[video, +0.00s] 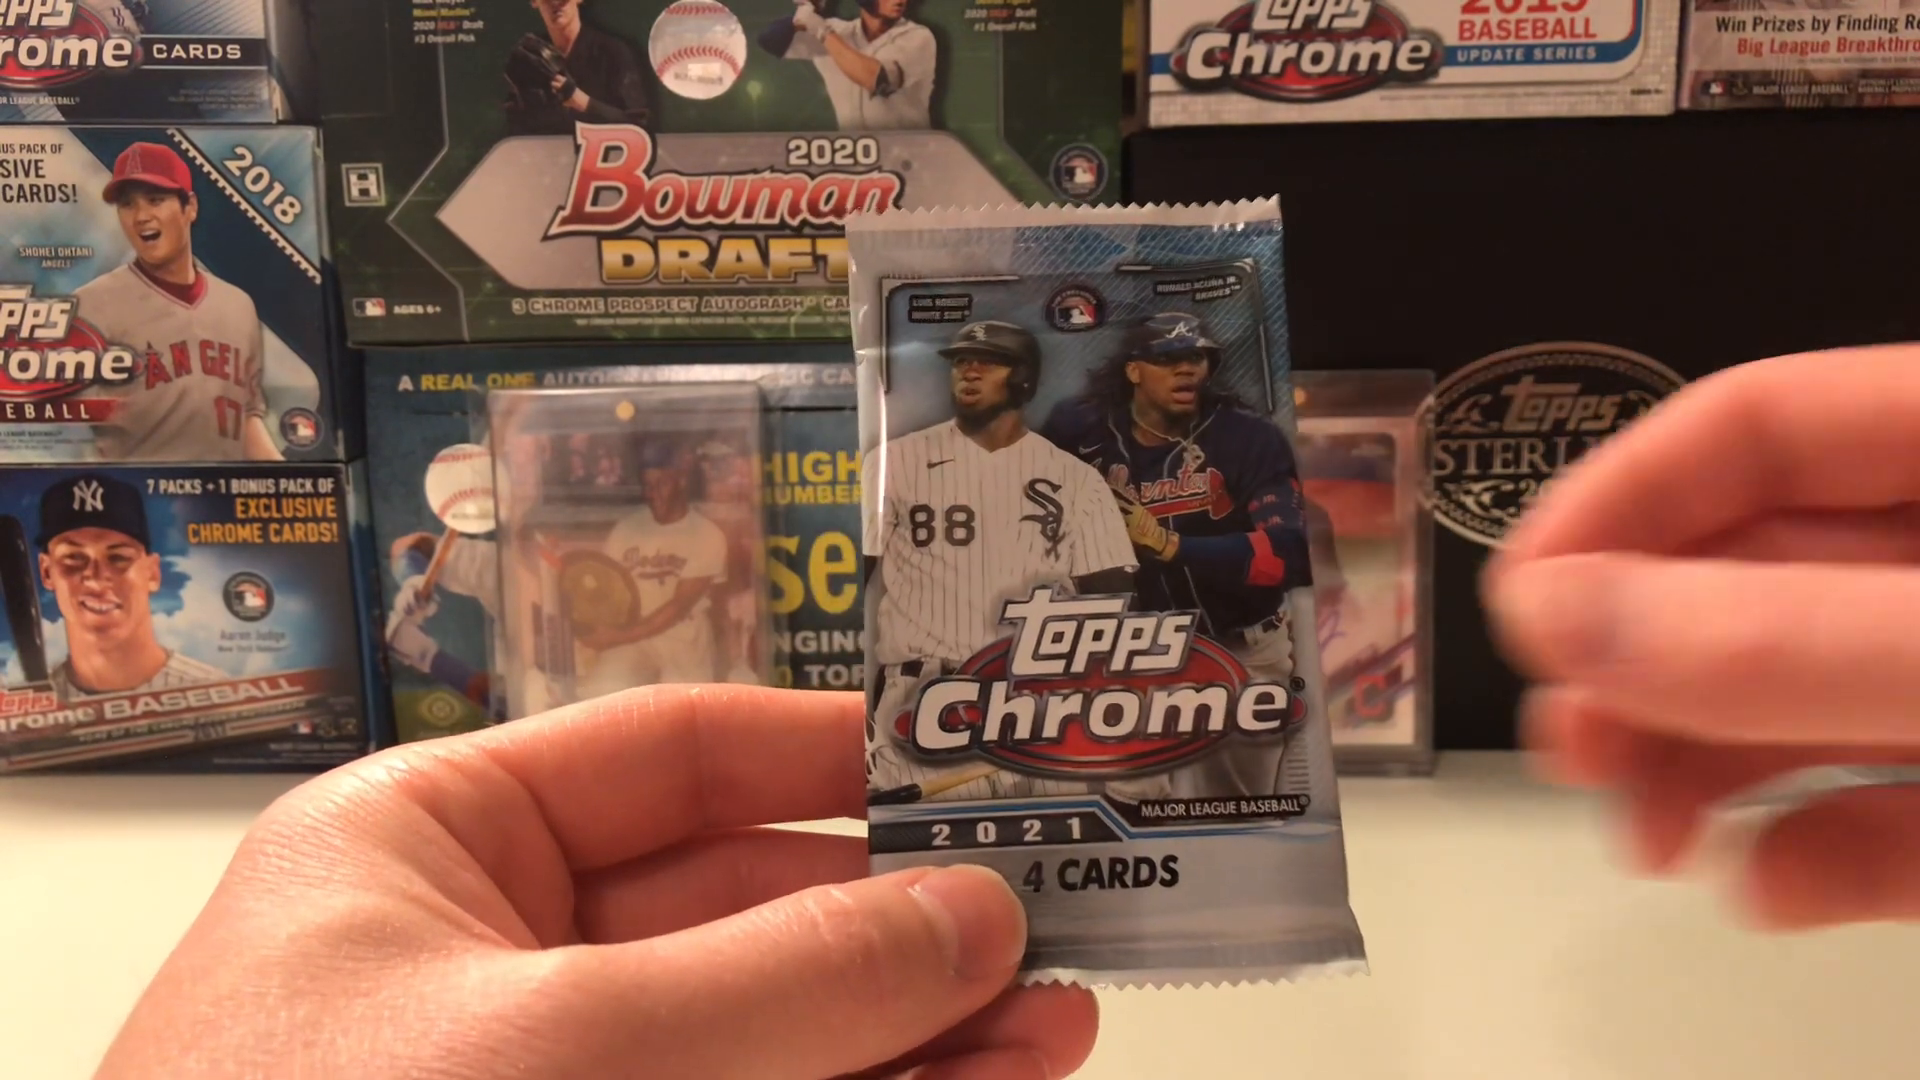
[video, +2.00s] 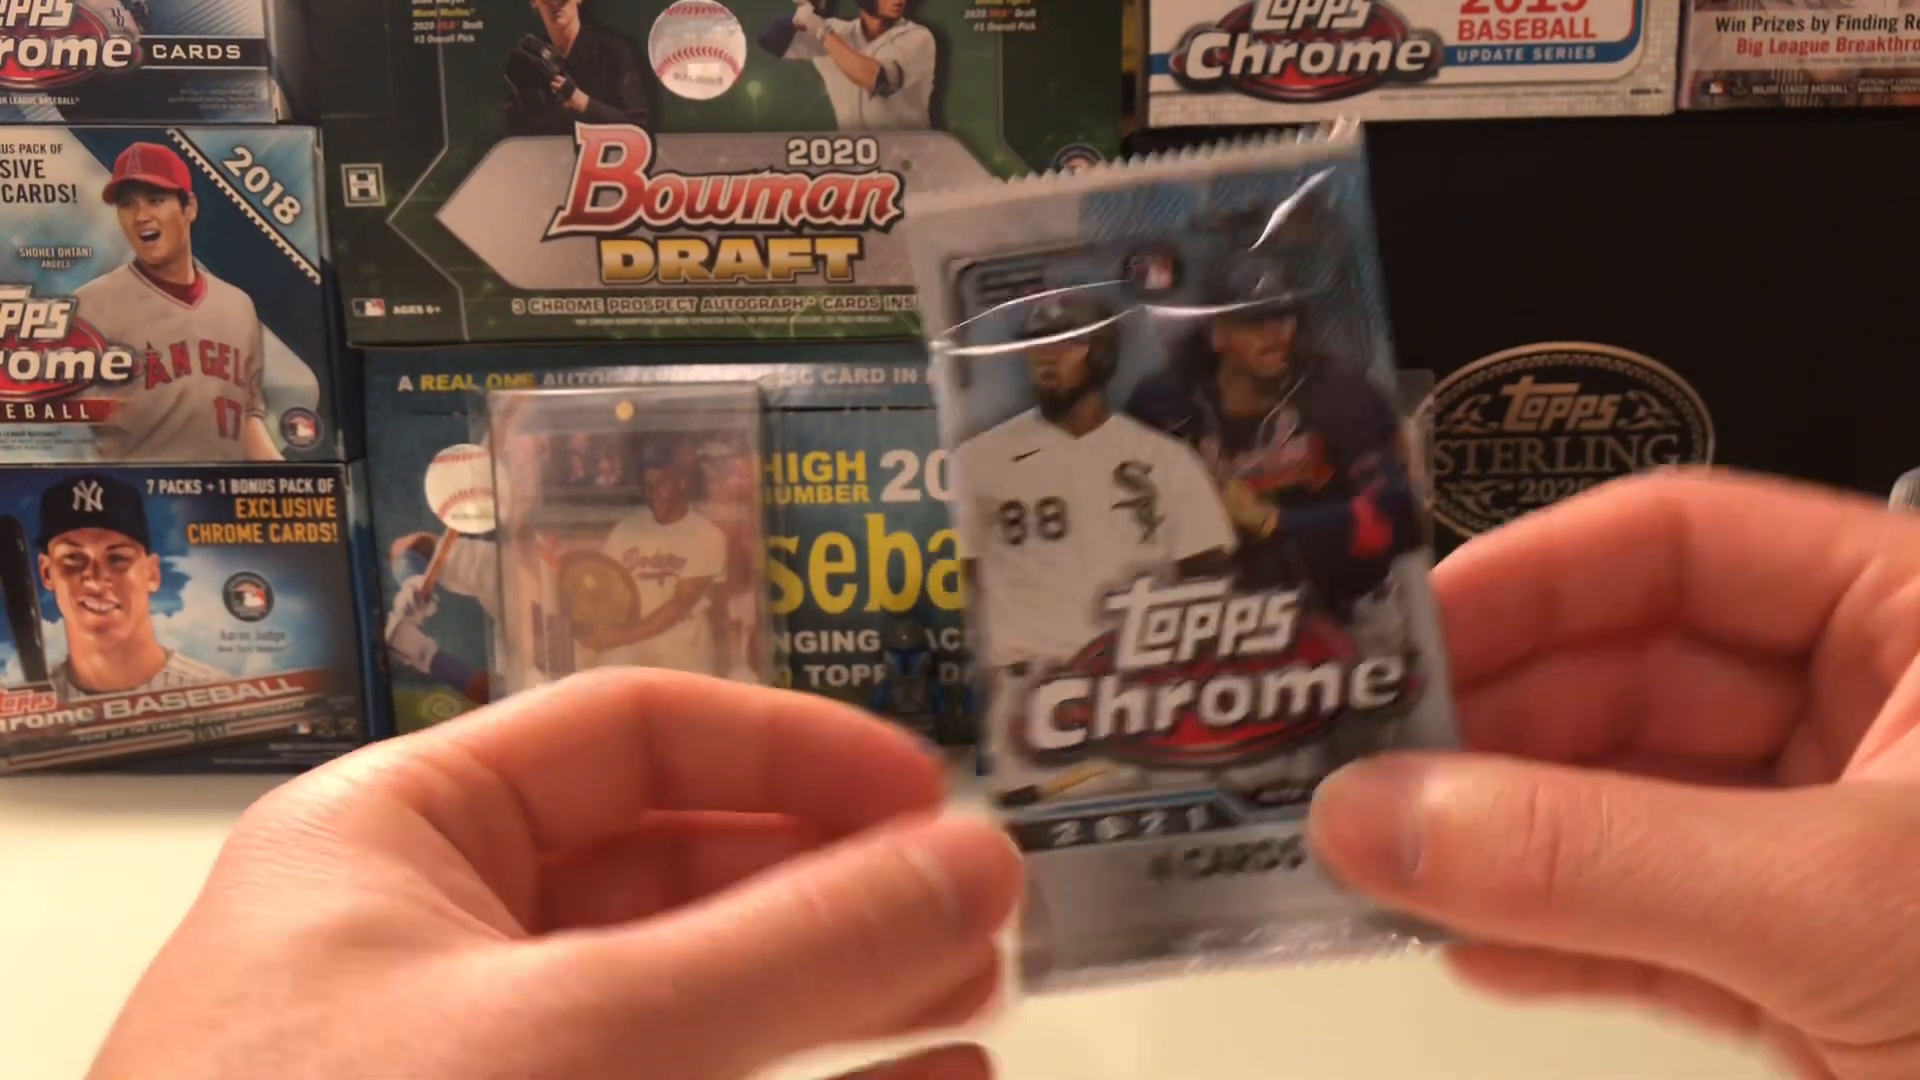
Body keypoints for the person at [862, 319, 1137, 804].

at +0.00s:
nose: (968, 373)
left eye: (986, 363)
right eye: (961, 362)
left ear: (1020, 378)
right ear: (951, 372)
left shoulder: (1076, 481)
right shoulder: (892, 465)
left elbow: (1110, 603)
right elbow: (849, 586)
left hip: (1033, 710)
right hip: (912, 709)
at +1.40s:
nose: (1032, 370)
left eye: (1051, 360)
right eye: (1025, 359)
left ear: (1087, 377)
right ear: (1014, 369)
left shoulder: (1145, 483)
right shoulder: (957, 464)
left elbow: (1178, 611)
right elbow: (910, 593)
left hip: (1100, 716)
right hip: (979, 714)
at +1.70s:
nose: (1028, 369)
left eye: (1046, 359)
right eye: (1021, 358)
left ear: (1083, 375)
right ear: (1010, 368)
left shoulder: (1139, 478)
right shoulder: (951, 462)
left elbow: (1172, 606)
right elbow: (912, 588)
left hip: (1099, 717)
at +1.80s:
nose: (1038, 376)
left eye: (1055, 366)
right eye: (1031, 365)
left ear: (1091, 382)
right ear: (1020, 375)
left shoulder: (1147, 485)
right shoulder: (959, 468)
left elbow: (1183, 611)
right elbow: (934, 593)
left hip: (1102, 711)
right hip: (982, 710)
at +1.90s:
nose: (1045, 379)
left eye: (1062, 368)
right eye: (1037, 368)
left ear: (1098, 384)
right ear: (1027, 378)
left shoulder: (1156, 486)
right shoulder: (970, 471)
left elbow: (1191, 613)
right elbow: (946, 594)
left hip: (1111, 714)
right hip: (993, 714)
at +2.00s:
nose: (1044, 357)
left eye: (1063, 343)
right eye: (1035, 345)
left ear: (1102, 353)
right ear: (1023, 355)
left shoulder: (1168, 462)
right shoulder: (980, 462)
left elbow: (1210, 591)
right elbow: (972, 593)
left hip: (1142, 732)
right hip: (1022, 738)